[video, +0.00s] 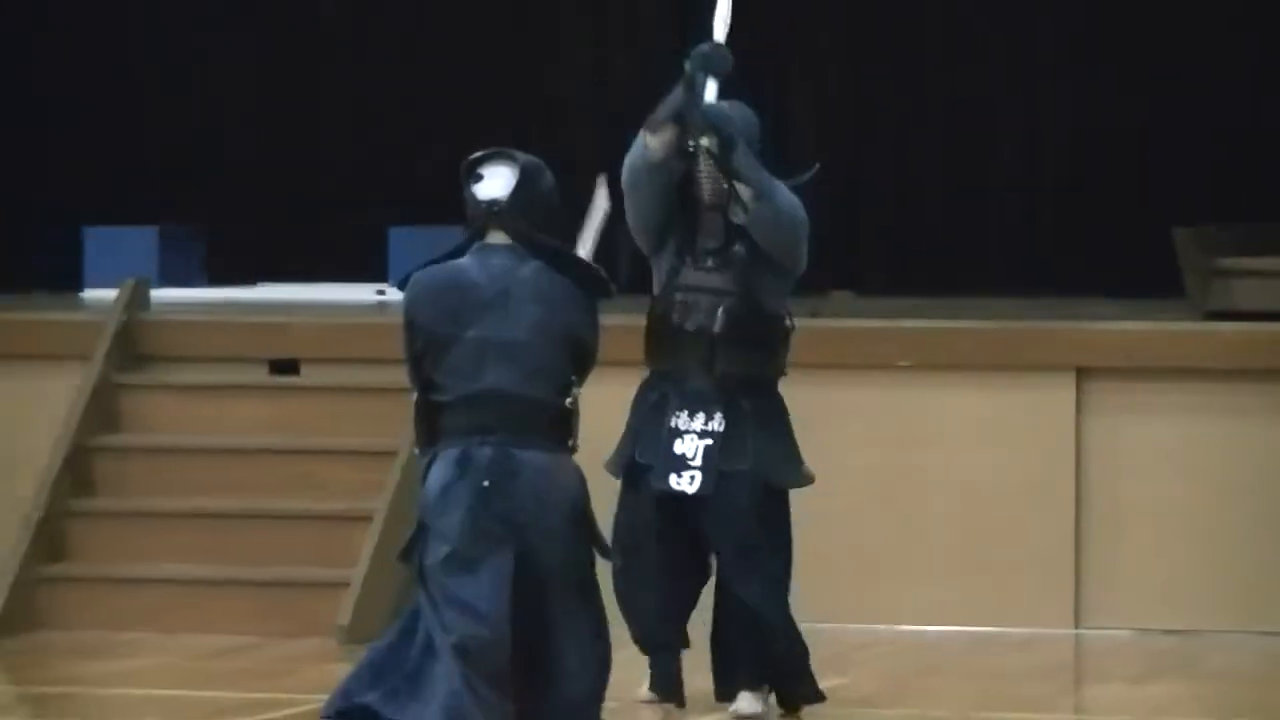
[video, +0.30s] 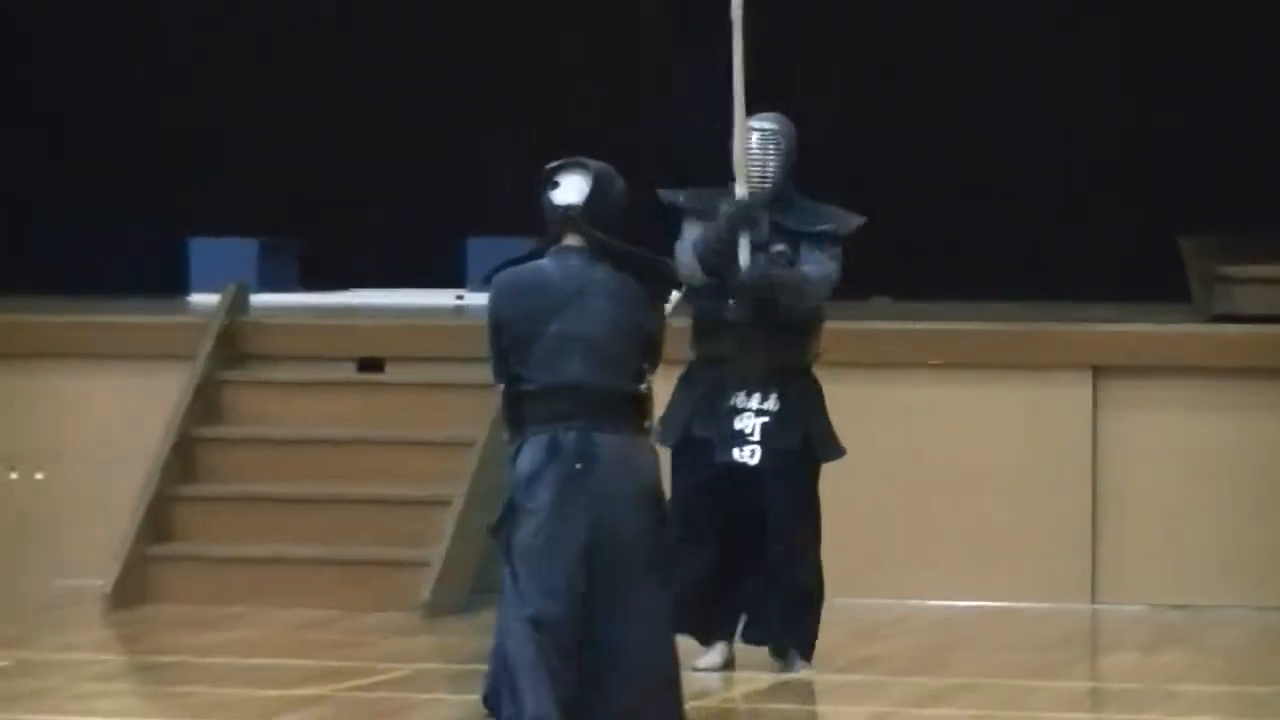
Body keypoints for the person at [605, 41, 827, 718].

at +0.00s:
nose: (705, 175)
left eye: (717, 161)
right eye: (697, 162)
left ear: (743, 161)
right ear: (685, 166)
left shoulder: (778, 228)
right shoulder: (664, 228)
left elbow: (781, 215)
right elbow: (639, 173)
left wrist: (735, 156)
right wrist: (677, 110)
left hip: (744, 401)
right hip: (667, 397)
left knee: (748, 548)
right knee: (648, 545)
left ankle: (754, 687)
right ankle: (662, 677)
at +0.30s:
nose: (760, 155)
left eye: (770, 146)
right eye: (752, 144)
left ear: (786, 155)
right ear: (736, 149)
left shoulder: (814, 223)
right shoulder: (704, 214)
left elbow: (820, 282)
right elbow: (688, 267)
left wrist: (758, 278)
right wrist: (727, 226)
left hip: (784, 382)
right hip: (713, 380)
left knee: (787, 519)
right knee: (703, 510)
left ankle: (788, 644)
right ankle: (714, 636)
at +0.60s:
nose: (818, 187)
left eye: (829, 177)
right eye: (810, 176)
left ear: (845, 183)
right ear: (798, 181)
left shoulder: (878, 249)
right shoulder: (764, 243)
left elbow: (892, 316)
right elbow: (749, 301)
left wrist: (836, 348)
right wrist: (791, 339)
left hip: (851, 387)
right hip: (786, 388)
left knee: (846, 500)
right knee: (782, 498)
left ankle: (840, 605)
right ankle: (780, 612)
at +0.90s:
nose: (795, 197)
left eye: (804, 187)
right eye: (788, 187)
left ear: (822, 193)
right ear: (776, 192)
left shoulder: (852, 250)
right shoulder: (748, 247)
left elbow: (861, 313)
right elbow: (729, 305)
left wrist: (808, 346)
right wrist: (764, 343)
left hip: (829, 381)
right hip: (769, 383)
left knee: (837, 484)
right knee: (775, 486)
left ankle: (831, 586)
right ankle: (776, 594)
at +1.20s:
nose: (771, 206)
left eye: (779, 197)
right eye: (764, 197)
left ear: (795, 203)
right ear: (752, 201)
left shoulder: (820, 255)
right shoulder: (733, 253)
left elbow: (830, 311)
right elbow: (715, 306)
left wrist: (779, 343)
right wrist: (745, 342)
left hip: (798, 379)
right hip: (745, 378)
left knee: (808, 478)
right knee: (753, 480)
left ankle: (811, 572)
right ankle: (756, 581)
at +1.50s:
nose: (762, 225)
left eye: (770, 216)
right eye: (755, 215)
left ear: (783, 221)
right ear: (743, 220)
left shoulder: (807, 272)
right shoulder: (726, 270)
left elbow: (816, 325)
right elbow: (705, 319)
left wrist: (771, 357)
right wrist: (735, 358)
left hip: (785, 393)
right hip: (734, 394)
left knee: (790, 492)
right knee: (739, 491)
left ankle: (800, 578)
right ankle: (740, 582)